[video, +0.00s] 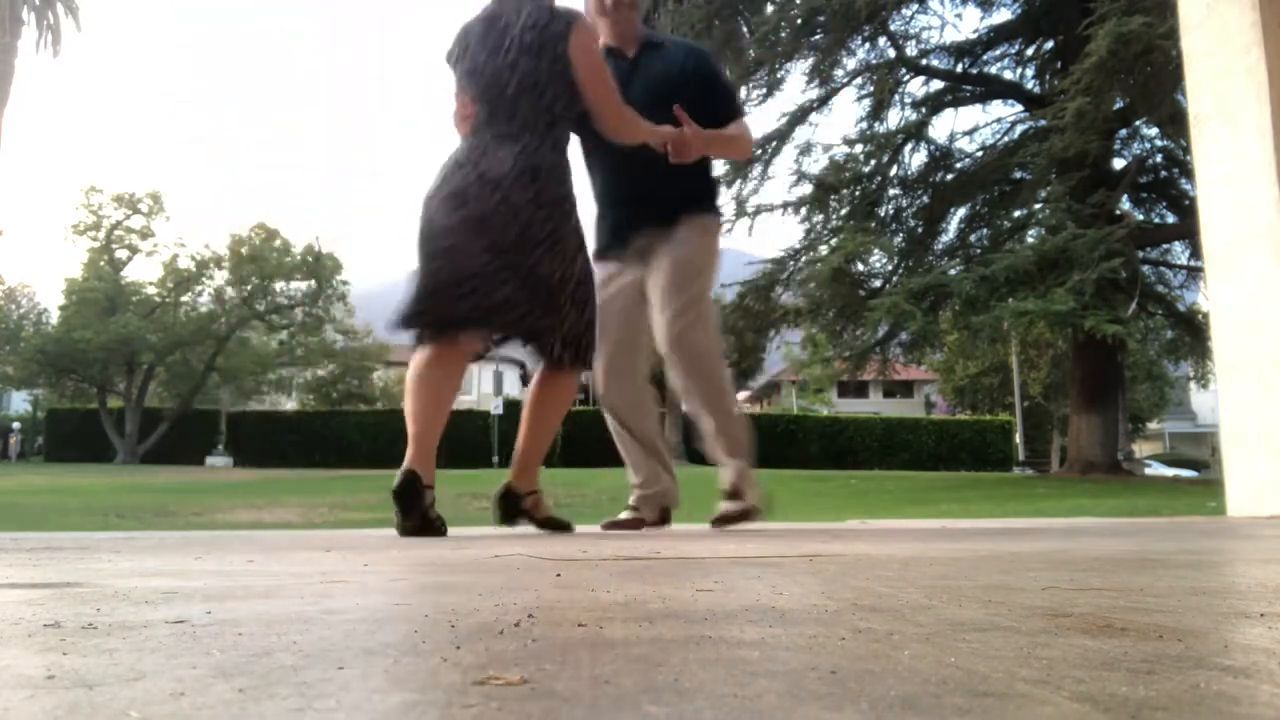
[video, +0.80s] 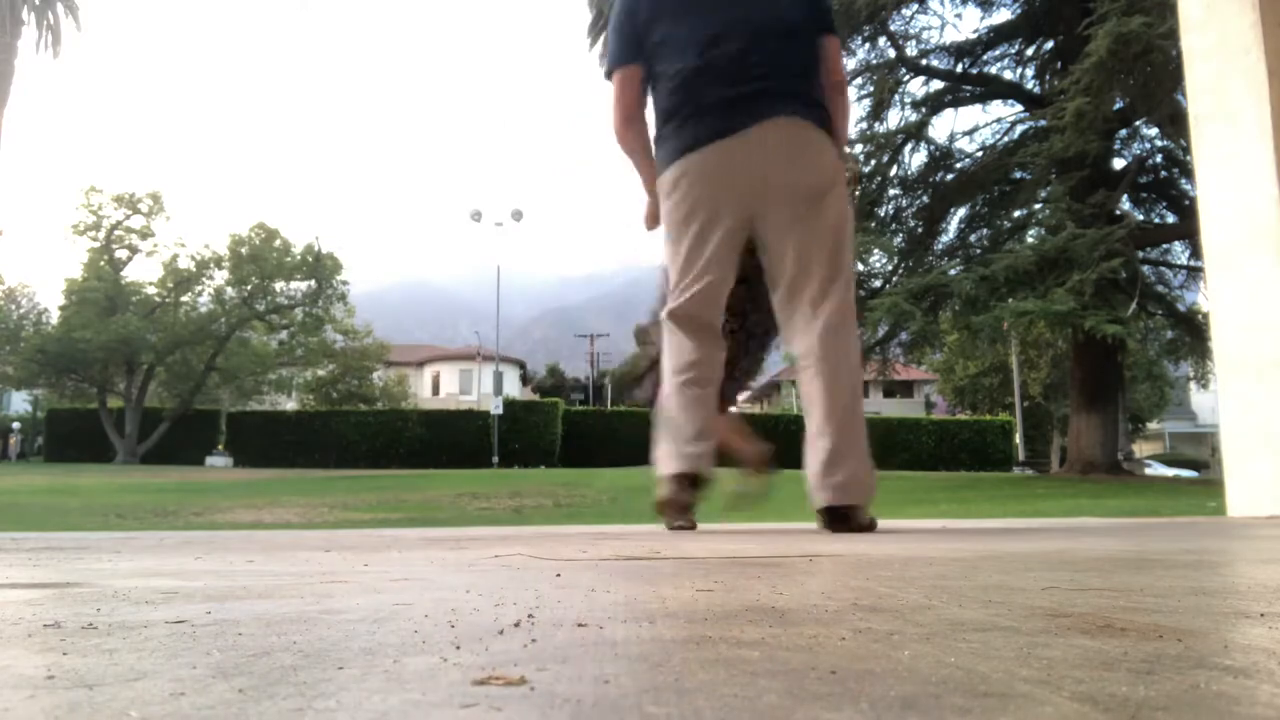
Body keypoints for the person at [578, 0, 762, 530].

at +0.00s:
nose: (608, 3)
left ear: (637, 4)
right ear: (586, 8)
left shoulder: (686, 61)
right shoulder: (578, 71)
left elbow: (741, 143)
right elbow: (535, 117)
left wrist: (705, 142)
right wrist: (477, 114)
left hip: (684, 227)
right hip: (616, 241)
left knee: (680, 336)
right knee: (615, 376)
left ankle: (739, 481)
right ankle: (652, 496)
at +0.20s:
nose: (628, 4)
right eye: (625, 3)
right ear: (629, 9)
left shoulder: (714, 9)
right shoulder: (636, 62)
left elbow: (782, 67)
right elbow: (600, 143)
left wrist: (705, 97)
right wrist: (521, 148)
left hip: (745, 199)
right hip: (691, 217)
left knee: (726, 336)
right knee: (681, 352)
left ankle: (775, 498)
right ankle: (685, 495)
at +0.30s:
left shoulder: (708, 4)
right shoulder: (658, 47)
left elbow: (779, 38)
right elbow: (640, 137)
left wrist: (686, 85)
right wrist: (579, 161)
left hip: (755, 181)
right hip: (718, 195)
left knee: (742, 330)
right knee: (706, 337)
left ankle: (773, 495)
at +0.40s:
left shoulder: (694, 4)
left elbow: (751, 30)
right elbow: (716, 123)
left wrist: (667, 97)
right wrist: (649, 166)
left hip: (747, 174)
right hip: (793, 171)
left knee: (738, 334)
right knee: (769, 331)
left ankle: (773, 497)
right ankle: (859, 437)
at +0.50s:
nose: (650, 36)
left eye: (650, 27)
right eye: (649, 34)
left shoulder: (686, 2)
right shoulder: (758, 12)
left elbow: (709, 44)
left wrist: (644, 125)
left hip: (743, 167)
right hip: (818, 162)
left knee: (730, 332)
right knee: (815, 321)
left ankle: (771, 495)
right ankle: (861, 451)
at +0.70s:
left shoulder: (656, 4)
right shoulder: (806, 4)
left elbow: (642, 88)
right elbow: (819, 73)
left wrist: (643, 169)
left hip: (721, 150)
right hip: (817, 137)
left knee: (699, 320)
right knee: (829, 321)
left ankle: (733, 474)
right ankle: (859, 493)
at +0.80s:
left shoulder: (637, 5)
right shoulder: (803, 2)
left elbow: (626, 117)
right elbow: (834, 75)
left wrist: (653, 186)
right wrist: (833, 155)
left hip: (697, 150)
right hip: (799, 136)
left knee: (690, 319)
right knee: (821, 318)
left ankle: (681, 470)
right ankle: (840, 494)